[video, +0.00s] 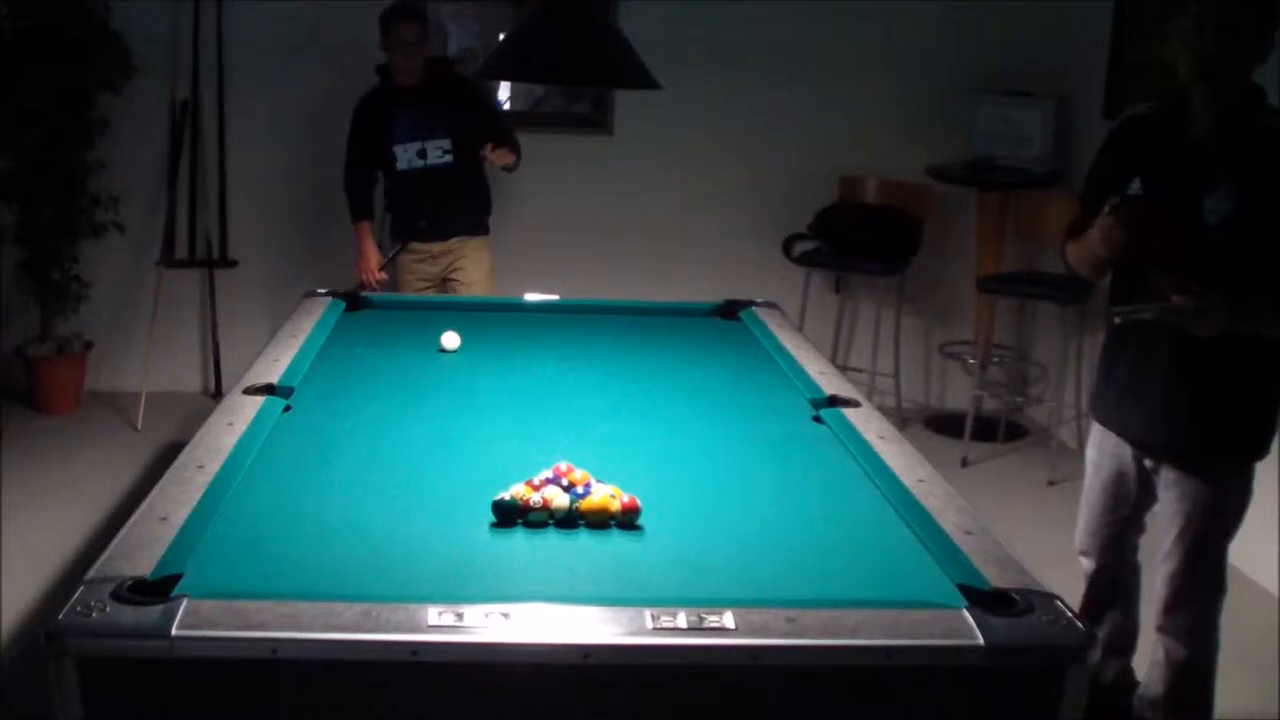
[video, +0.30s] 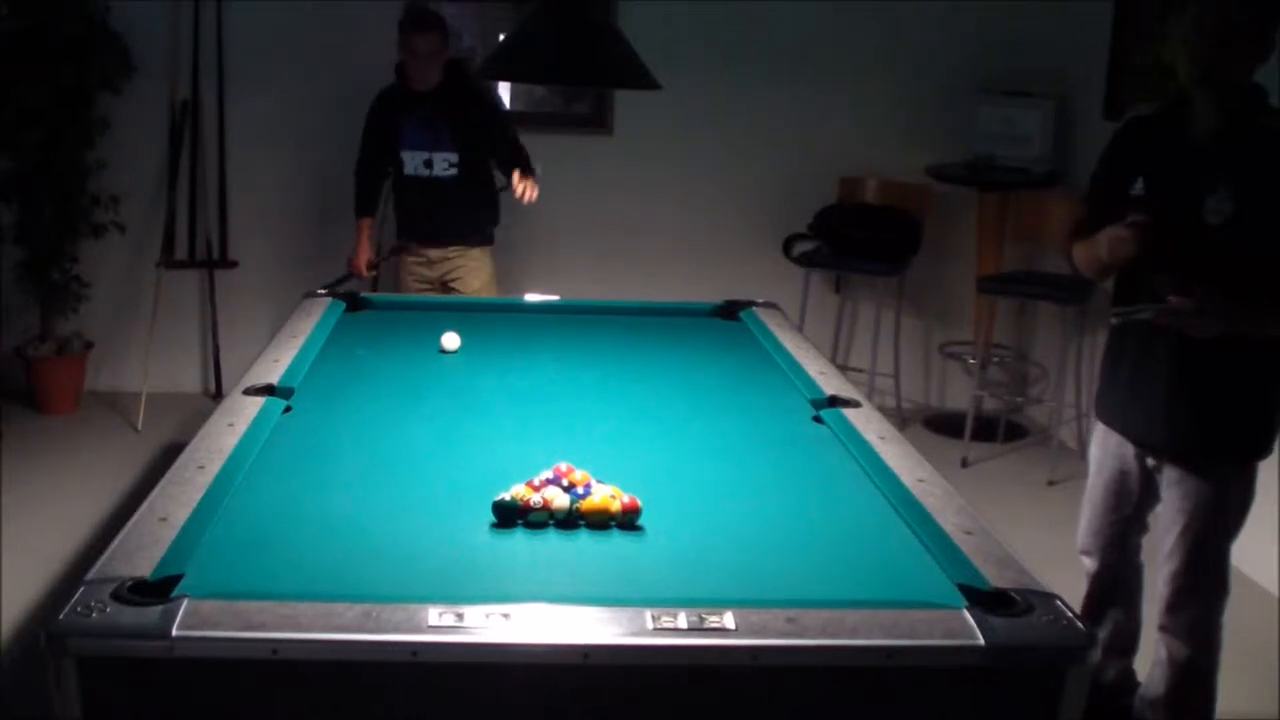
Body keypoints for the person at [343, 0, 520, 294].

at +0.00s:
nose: (409, 53)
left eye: (417, 43)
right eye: (400, 45)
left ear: (429, 43)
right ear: (385, 46)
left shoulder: (459, 90)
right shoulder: (374, 106)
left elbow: (508, 146)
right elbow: (358, 178)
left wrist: (503, 155)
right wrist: (366, 244)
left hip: (467, 244)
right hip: (411, 249)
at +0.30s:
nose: (423, 61)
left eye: (431, 52)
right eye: (414, 52)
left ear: (445, 50)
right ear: (401, 52)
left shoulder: (472, 95)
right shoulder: (389, 103)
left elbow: (504, 139)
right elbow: (369, 172)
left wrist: (521, 172)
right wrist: (363, 240)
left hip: (470, 252)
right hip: (413, 253)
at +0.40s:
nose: (431, 66)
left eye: (439, 57)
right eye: (423, 57)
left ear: (453, 57)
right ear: (410, 58)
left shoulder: (477, 101)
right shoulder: (395, 103)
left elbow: (509, 164)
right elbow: (375, 171)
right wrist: (370, 234)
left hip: (471, 252)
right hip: (417, 251)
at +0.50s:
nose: (440, 86)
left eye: (449, 77)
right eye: (431, 77)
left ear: (461, 74)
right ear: (418, 74)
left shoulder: (481, 112)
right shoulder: (403, 107)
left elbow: (505, 185)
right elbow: (384, 168)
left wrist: (499, 246)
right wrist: (381, 230)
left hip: (473, 258)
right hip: (422, 255)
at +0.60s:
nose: (444, 105)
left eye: (454, 96)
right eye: (436, 95)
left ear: (466, 91)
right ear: (424, 89)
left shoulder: (485, 125)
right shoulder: (409, 112)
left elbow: (501, 204)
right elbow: (395, 166)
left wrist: (486, 269)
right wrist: (391, 221)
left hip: (473, 255)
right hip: (425, 249)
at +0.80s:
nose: (444, 138)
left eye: (453, 130)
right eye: (437, 128)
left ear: (468, 123)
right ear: (425, 119)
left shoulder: (486, 151)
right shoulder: (413, 130)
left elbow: (494, 232)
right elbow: (402, 162)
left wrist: (467, 295)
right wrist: (399, 199)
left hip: (478, 243)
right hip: (434, 236)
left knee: (477, 323)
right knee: (429, 317)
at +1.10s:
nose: (433, 172)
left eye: (442, 163)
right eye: (426, 162)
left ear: (459, 149)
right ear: (416, 151)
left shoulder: (476, 172)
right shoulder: (404, 150)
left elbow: (490, 254)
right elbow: (401, 186)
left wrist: (460, 303)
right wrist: (402, 226)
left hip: (475, 241)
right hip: (435, 238)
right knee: (432, 309)